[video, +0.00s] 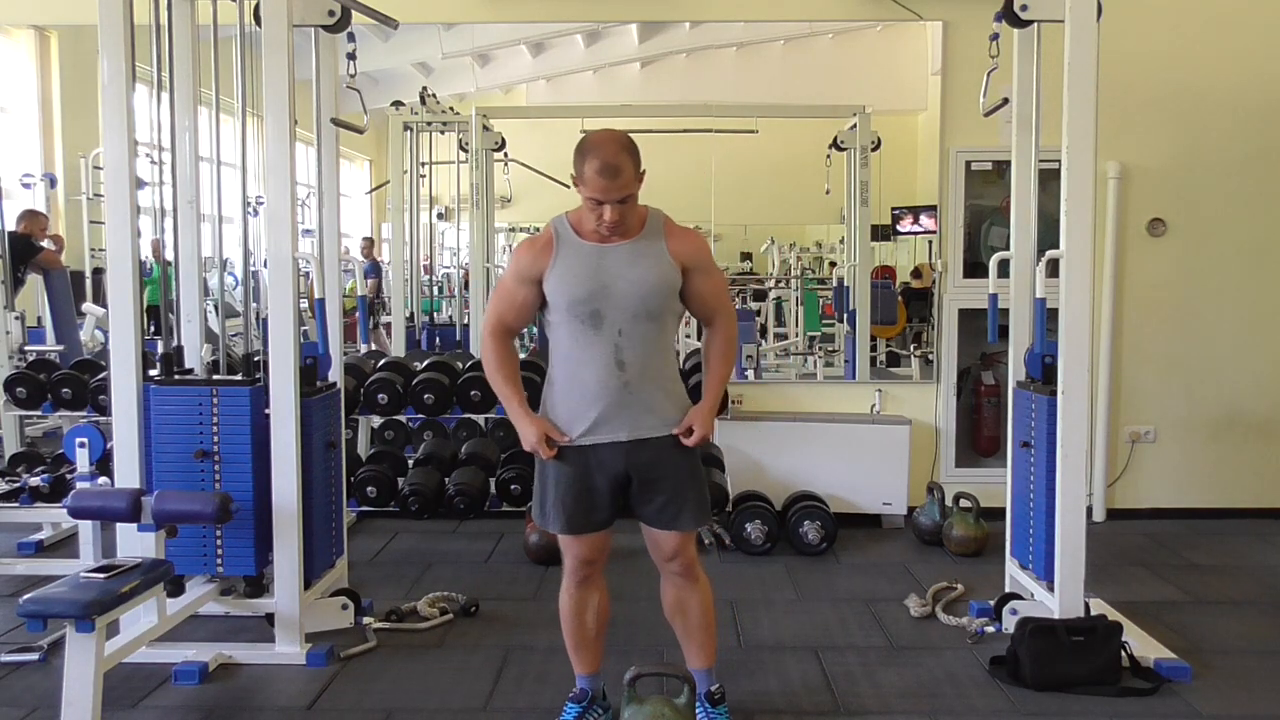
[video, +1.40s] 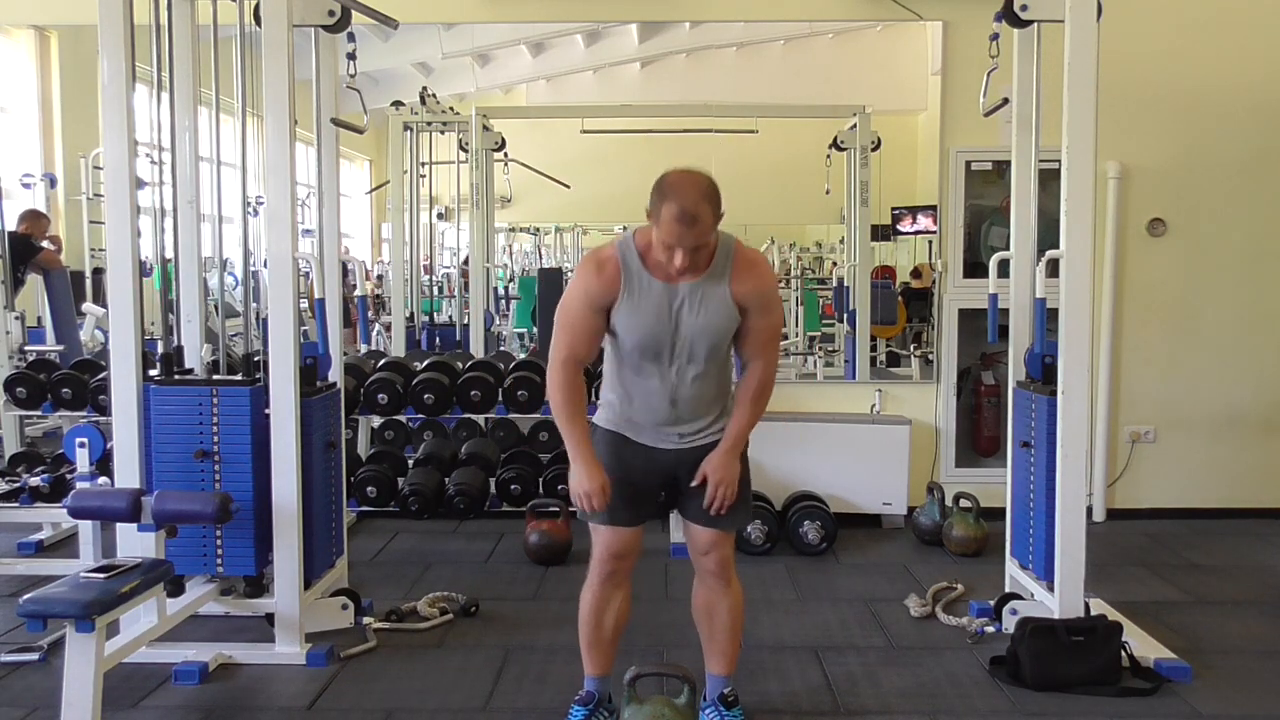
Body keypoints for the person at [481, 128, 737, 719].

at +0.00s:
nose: (609, 213)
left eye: (621, 200)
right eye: (596, 201)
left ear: (641, 180)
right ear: (574, 184)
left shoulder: (681, 246)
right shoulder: (540, 254)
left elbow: (720, 317)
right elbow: (495, 333)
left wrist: (710, 401)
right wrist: (521, 415)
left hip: (663, 439)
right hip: (574, 445)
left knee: (679, 561)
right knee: (580, 569)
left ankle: (708, 692)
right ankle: (587, 694)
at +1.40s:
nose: (680, 262)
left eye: (695, 248)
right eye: (668, 247)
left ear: (719, 227)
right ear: (648, 224)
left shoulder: (749, 273)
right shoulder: (604, 271)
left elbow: (761, 365)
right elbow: (564, 364)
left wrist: (731, 448)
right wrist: (580, 456)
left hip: (711, 438)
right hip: (624, 436)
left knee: (715, 560)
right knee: (610, 561)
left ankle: (718, 699)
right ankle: (593, 696)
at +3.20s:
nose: (669, 168)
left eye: (682, 156)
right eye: (657, 157)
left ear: (699, 167)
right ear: (638, 166)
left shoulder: (732, 252)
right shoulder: (597, 252)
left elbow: (757, 341)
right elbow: (562, 337)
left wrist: (703, 402)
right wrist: (619, 395)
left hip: (705, 434)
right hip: (613, 433)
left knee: (709, 561)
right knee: (607, 561)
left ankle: (718, 699)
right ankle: (598, 690)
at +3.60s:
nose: (614, 165)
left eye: (624, 155)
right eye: (602, 156)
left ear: (644, 166)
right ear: (584, 169)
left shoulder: (687, 244)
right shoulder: (552, 257)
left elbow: (719, 327)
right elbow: (535, 347)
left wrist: (680, 393)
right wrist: (593, 408)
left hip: (680, 426)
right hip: (589, 430)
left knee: (699, 550)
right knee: (593, 557)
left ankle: (715, 686)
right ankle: (596, 692)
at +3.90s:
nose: (653, 168)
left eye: (665, 158)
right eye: (641, 158)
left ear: (683, 169)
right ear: (624, 170)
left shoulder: (724, 251)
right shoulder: (587, 257)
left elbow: (744, 336)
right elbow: (565, 343)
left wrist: (704, 403)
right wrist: (617, 405)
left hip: (699, 430)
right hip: (609, 429)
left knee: (701, 553)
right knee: (606, 554)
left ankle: (709, 687)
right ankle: (597, 689)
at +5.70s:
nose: (697, 176)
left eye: (709, 165)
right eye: (684, 165)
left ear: (725, 174)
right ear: (664, 173)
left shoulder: (759, 258)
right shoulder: (623, 258)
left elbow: (785, 343)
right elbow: (588, 341)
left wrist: (738, 401)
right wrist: (652, 401)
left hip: (720, 434)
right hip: (632, 427)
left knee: (714, 565)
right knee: (622, 553)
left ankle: (702, 690)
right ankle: (597, 707)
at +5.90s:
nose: (680, 201)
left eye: (692, 189)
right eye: (666, 190)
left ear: (708, 198)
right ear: (646, 199)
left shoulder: (744, 271)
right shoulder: (610, 272)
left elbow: (801, 337)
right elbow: (557, 340)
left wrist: (748, 359)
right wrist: (639, 361)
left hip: (715, 461)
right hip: (628, 459)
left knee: (730, 620)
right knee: (620, 599)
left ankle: (702, 683)